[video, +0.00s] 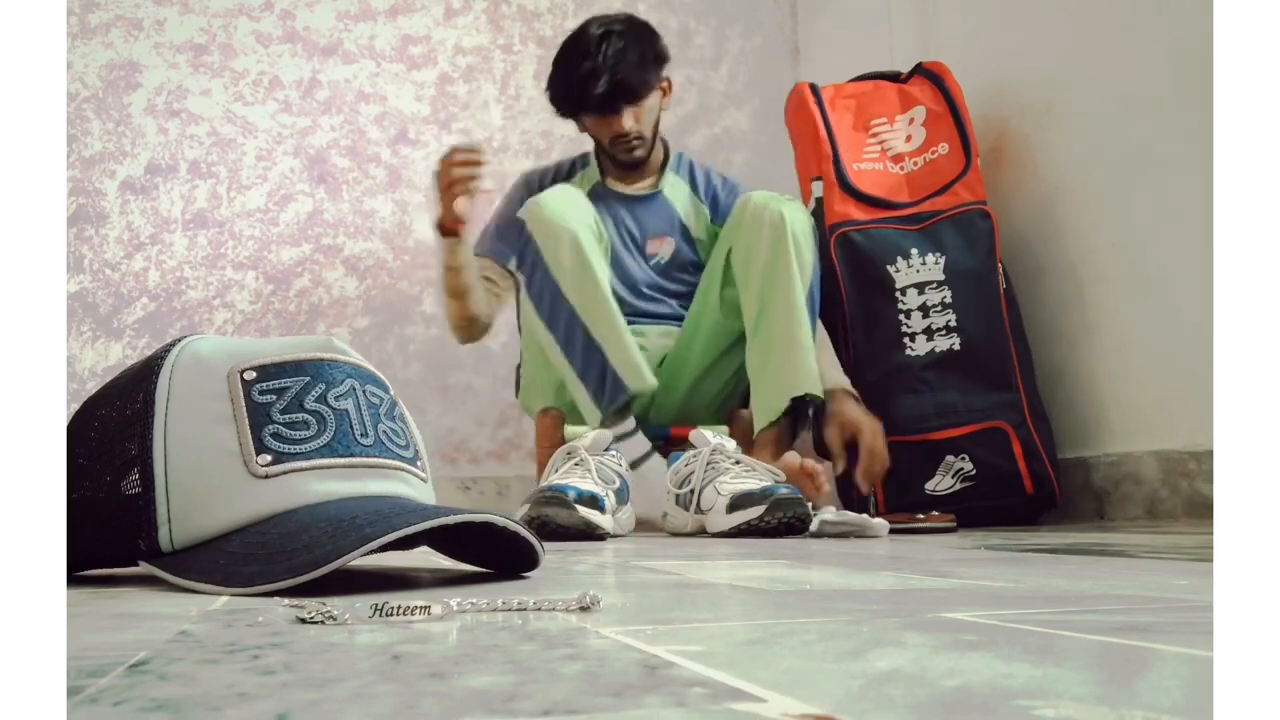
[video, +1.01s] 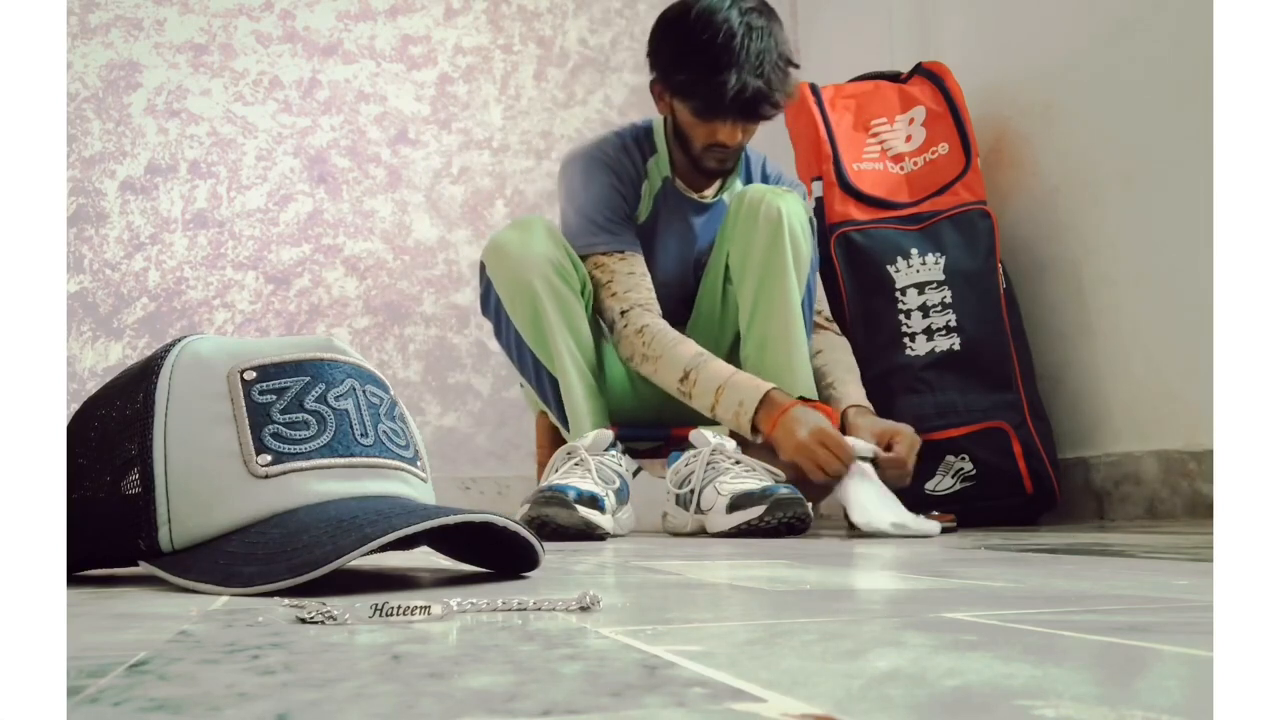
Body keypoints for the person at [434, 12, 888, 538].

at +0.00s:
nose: (624, 127)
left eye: (635, 103)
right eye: (602, 112)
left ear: (664, 92)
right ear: (577, 113)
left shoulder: (710, 192)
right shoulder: (543, 192)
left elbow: (784, 298)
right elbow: (470, 327)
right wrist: (455, 238)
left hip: (701, 383)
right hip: (595, 387)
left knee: (775, 214)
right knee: (552, 210)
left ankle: (766, 460)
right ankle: (583, 460)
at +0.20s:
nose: (657, 132)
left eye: (671, 109)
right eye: (636, 113)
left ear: (700, 91)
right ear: (608, 105)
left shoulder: (749, 184)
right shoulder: (569, 154)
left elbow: (817, 326)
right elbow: (565, 302)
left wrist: (844, 440)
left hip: (702, 382)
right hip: (598, 375)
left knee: (772, 208)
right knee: (487, 252)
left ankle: (742, 464)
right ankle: (583, 459)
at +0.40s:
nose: (658, 126)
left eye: (674, 101)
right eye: (635, 105)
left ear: (693, 89)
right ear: (596, 99)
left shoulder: (728, 178)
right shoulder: (554, 165)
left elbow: (798, 296)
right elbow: (607, 310)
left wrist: (828, 372)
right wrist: (726, 363)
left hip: (702, 387)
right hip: (603, 380)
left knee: (751, 201)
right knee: (495, 251)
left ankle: (722, 460)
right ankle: (585, 461)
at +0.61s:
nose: (675, 126)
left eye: (690, 101)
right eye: (652, 107)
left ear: (711, 86)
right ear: (616, 98)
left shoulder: (745, 183)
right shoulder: (566, 175)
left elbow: (807, 305)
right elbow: (614, 326)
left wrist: (843, 385)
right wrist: (729, 386)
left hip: (704, 383)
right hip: (606, 381)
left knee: (761, 204)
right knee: (502, 248)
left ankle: (734, 460)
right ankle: (585, 457)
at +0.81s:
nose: (712, 134)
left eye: (730, 112)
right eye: (691, 112)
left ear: (749, 98)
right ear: (649, 97)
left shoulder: (766, 188)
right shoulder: (590, 171)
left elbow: (814, 321)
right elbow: (628, 331)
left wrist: (843, 405)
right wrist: (755, 400)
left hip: (713, 389)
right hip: (613, 383)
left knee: (767, 204)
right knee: (516, 245)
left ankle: (721, 457)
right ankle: (591, 457)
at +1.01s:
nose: (730, 138)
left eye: (747, 119)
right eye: (709, 116)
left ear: (766, 106)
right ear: (663, 96)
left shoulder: (774, 189)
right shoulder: (599, 170)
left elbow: (819, 326)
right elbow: (639, 332)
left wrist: (857, 417)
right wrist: (772, 411)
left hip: (717, 388)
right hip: (615, 382)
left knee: (773, 207)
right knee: (518, 243)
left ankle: (723, 457)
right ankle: (591, 454)